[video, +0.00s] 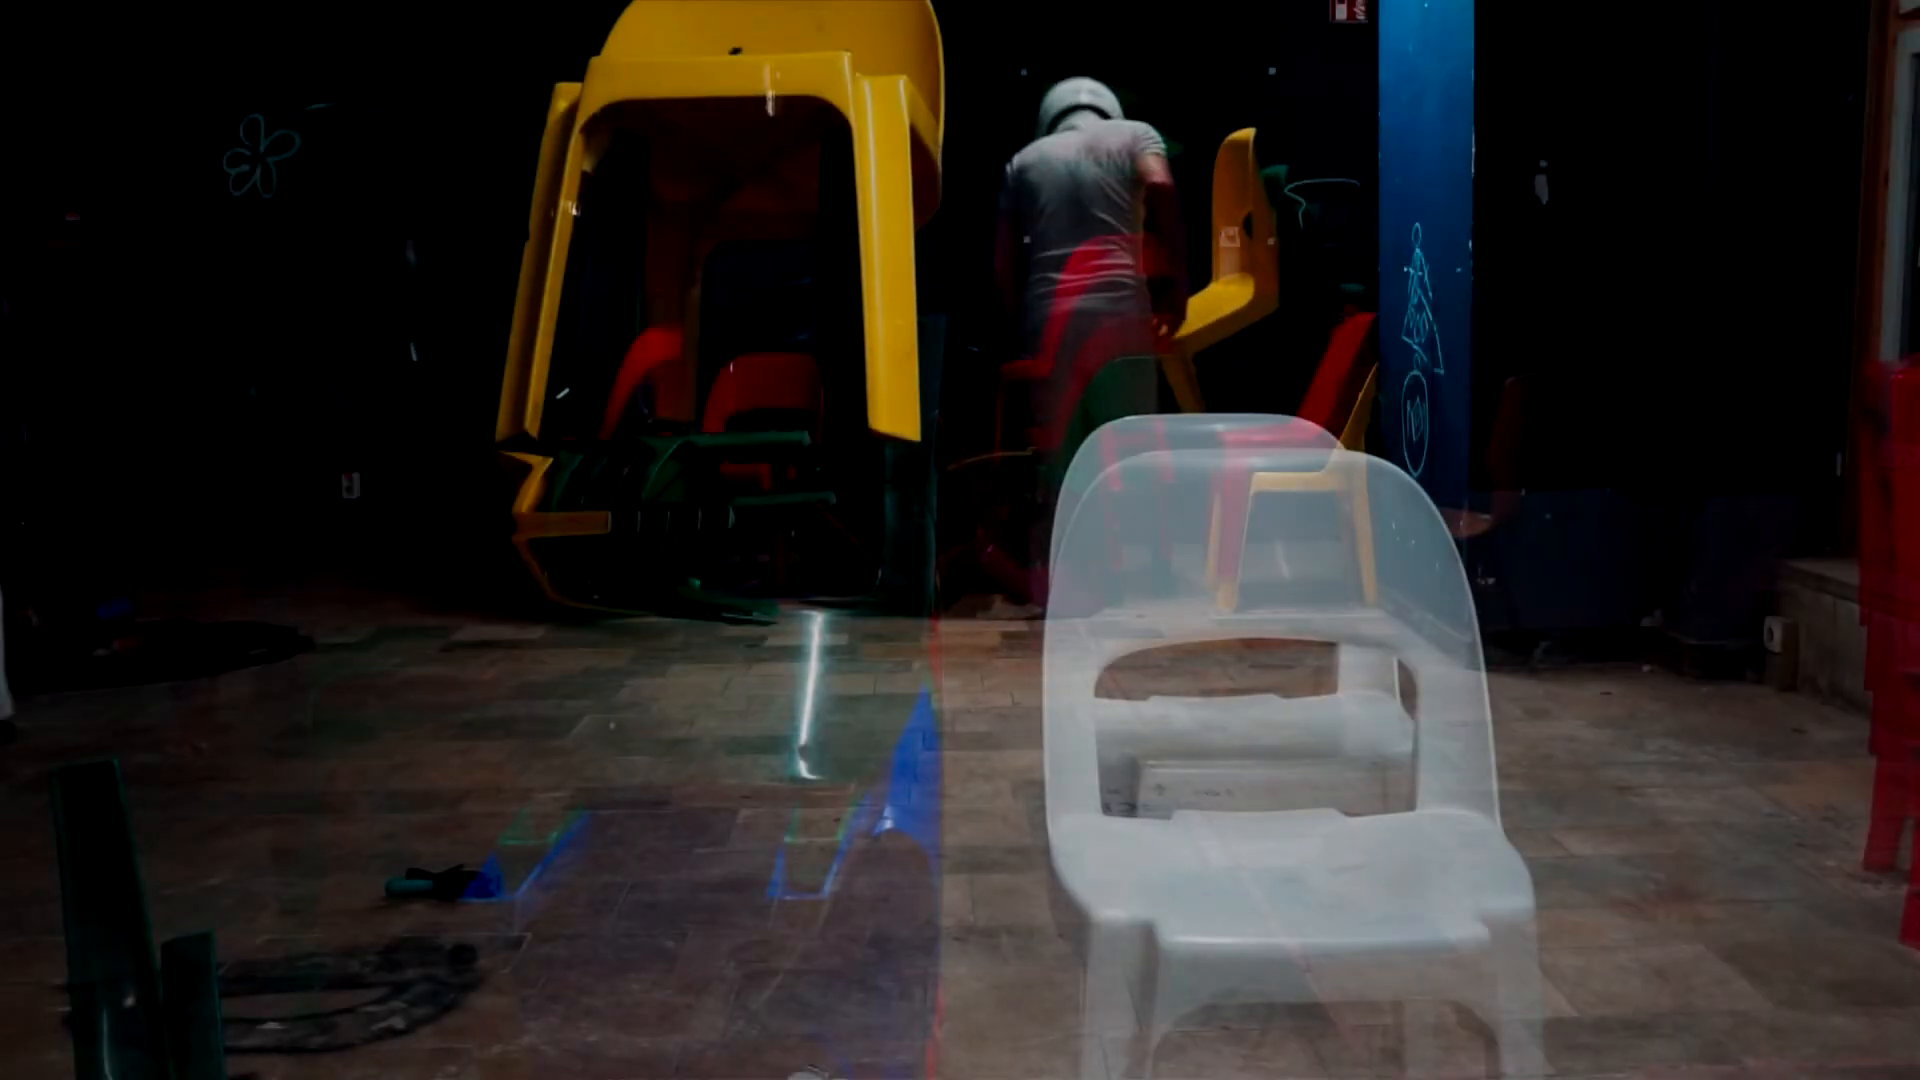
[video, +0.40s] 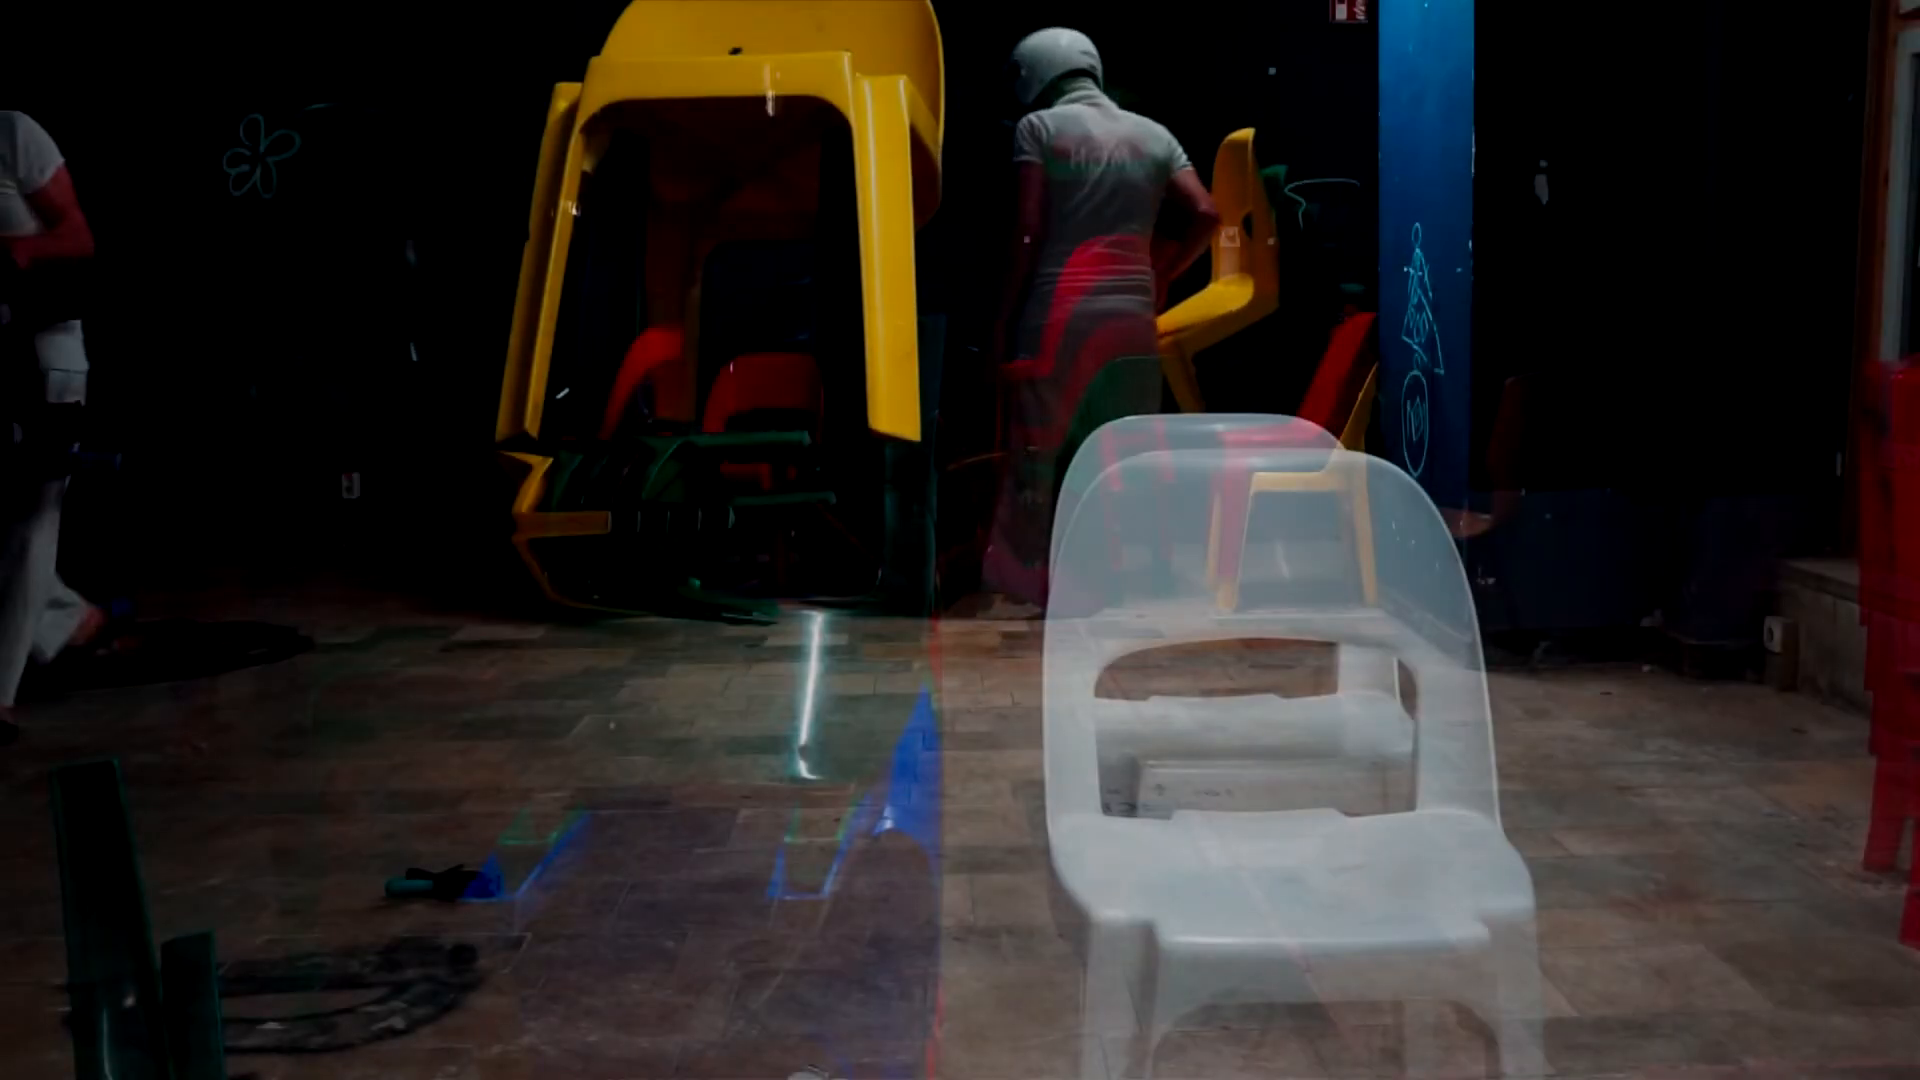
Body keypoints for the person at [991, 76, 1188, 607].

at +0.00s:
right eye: (1109, 107)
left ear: (1050, 118)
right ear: (1107, 108)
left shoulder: (1023, 161)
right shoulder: (1134, 134)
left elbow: (1007, 255)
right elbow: (1160, 187)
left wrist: (1015, 314)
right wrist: (1174, 288)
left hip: (1051, 324)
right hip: (1120, 319)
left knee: (1057, 458)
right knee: (1133, 449)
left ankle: (1053, 586)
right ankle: (1137, 576)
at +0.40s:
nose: (1023, 91)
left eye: (1025, 82)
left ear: (1038, 80)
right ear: (1093, 73)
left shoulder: (1037, 129)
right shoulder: (1153, 134)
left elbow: (1027, 233)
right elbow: (1203, 213)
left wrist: (1006, 310)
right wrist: (1157, 279)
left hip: (1061, 319)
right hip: (1133, 319)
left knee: (1039, 457)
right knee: (1131, 456)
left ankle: (1022, 593)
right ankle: (1133, 586)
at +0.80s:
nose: (943, 90)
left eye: (946, 77)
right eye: (943, 78)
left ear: (963, 73)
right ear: (1014, 65)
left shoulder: (982, 131)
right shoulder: (1075, 132)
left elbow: (1009, 233)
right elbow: (1135, 223)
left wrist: (1001, 341)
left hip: (1013, 320)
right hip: (1075, 320)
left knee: (984, 463)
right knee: (1077, 458)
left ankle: (968, 595)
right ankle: (1100, 589)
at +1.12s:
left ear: (915, 75)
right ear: (948, 68)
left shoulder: (929, 130)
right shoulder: (999, 130)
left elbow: (944, 233)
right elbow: (1056, 219)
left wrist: (919, 300)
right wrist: (1023, 286)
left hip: (961, 320)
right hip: (1008, 316)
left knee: (954, 470)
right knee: (991, 471)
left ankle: (957, 608)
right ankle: (1038, 596)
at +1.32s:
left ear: (907, 91)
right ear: (937, 88)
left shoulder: (901, 142)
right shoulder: (973, 141)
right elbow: (1022, 229)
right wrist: (988, 287)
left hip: (930, 321)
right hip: (973, 318)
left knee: (942, 464)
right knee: (940, 460)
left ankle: (955, 598)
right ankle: (946, 586)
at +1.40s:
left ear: (897, 103)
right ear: (931, 98)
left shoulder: (884, 153)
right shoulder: (960, 147)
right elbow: (1008, 235)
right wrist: (976, 290)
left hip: (908, 324)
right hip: (957, 320)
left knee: (926, 464)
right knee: (927, 460)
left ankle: (952, 602)